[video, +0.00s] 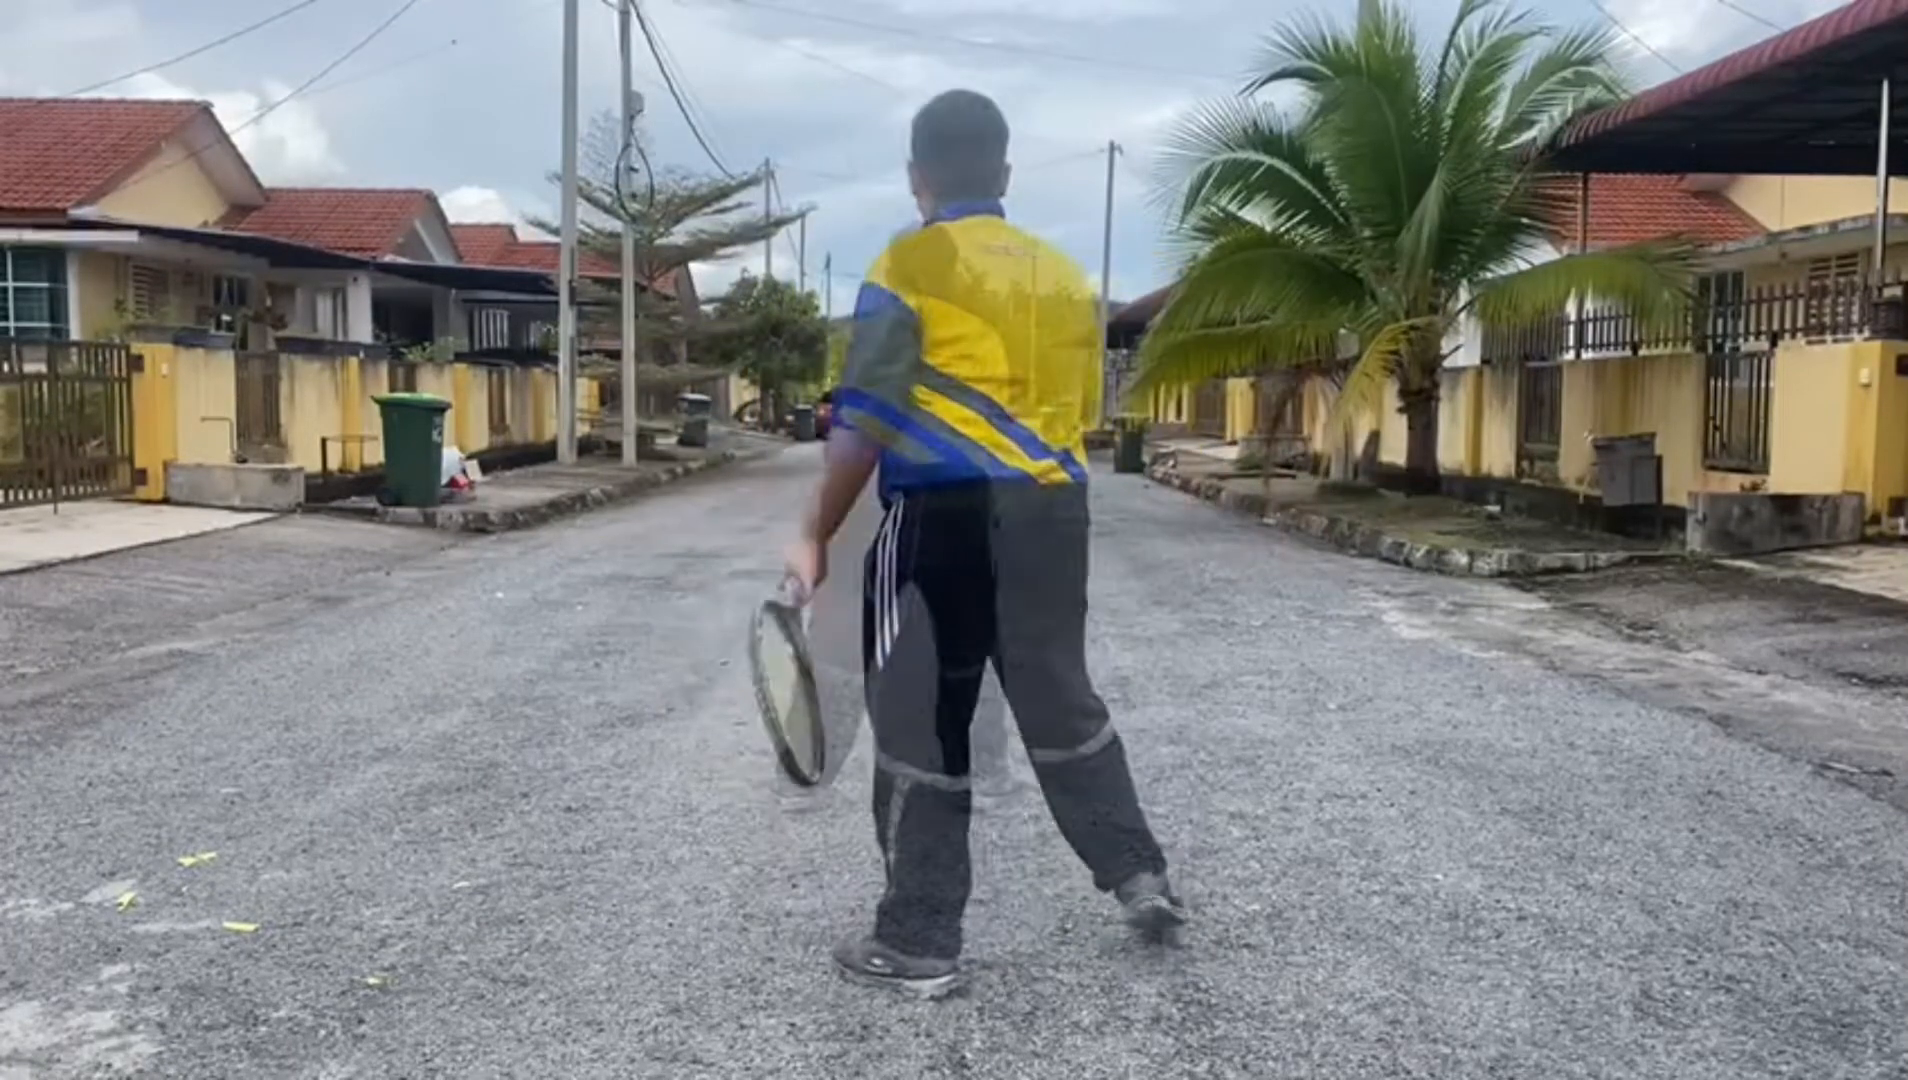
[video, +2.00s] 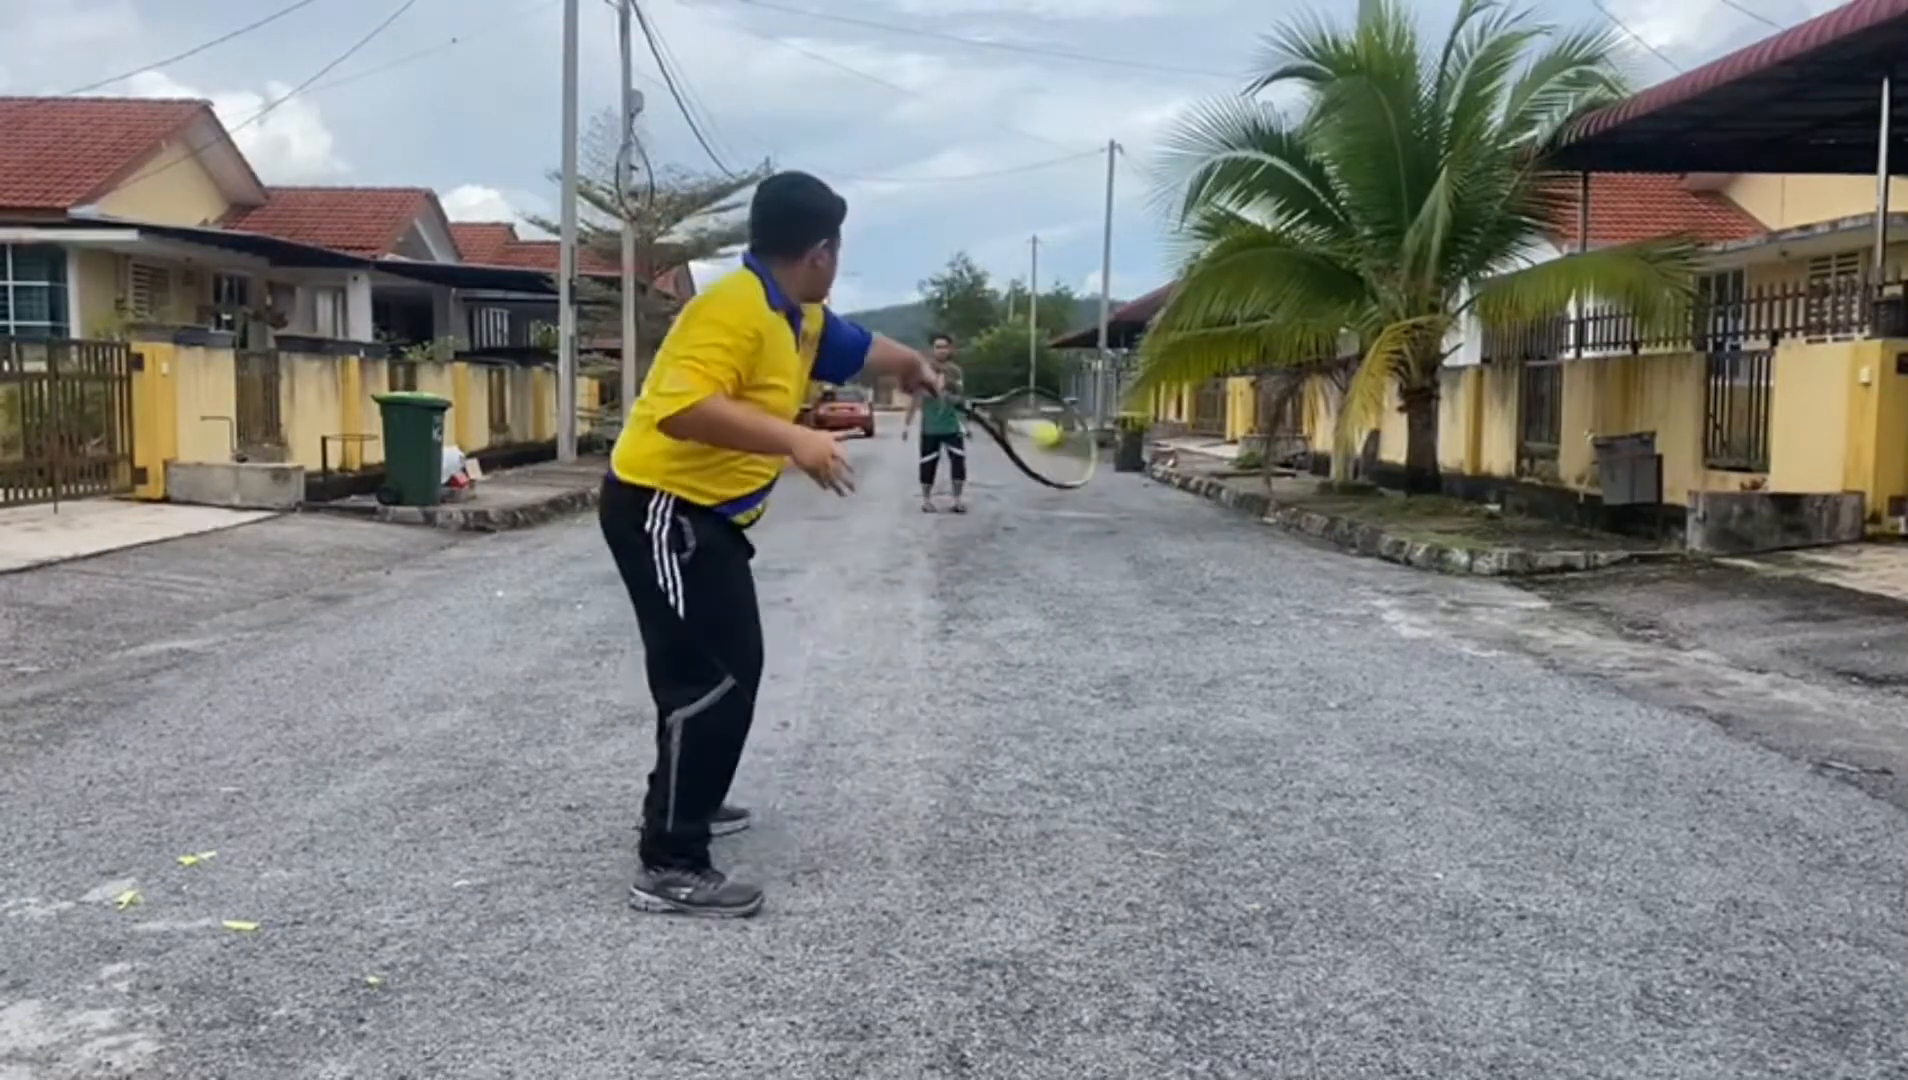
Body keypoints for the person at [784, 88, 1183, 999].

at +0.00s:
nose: (914, 186)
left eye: (913, 173)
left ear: (919, 174)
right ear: (1005, 171)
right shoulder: (1064, 272)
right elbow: (1080, 402)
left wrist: (816, 533)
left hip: (944, 518)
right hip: (1052, 518)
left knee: (921, 723)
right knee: (1059, 699)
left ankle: (920, 940)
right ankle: (1136, 873)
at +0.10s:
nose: (894, 182)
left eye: (894, 168)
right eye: (908, 168)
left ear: (899, 168)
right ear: (983, 161)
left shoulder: (877, 259)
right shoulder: (1038, 261)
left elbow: (844, 405)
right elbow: (1060, 398)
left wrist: (791, 516)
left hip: (910, 498)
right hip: (1024, 492)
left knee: (903, 707)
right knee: (1021, 676)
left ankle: (921, 934)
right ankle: (1063, 874)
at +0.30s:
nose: (910, 282)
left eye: (901, 273)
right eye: (956, 275)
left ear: (899, 276)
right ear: (959, 277)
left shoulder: (862, 336)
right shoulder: (990, 340)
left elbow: (833, 424)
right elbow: (996, 435)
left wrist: (858, 473)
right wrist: (969, 482)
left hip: (868, 499)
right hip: (959, 499)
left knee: (844, 636)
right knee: (972, 636)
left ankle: (802, 778)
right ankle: (978, 773)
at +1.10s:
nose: (908, 304)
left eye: (907, 296)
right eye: (908, 295)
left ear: (842, 290)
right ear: (900, 294)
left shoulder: (818, 341)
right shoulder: (903, 345)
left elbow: (871, 460)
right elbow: (940, 457)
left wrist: (928, 532)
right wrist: (983, 518)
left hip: (743, 492)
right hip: (823, 493)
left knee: (793, 640)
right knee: (890, 634)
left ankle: (808, 769)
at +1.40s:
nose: (872, 275)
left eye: (870, 263)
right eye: (871, 262)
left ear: (808, 257)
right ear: (859, 262)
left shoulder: (804, 312)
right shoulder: (811, 310)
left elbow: (859, 410)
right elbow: (859, 408)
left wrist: (946, 431)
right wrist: (966, 401)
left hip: (743, 490)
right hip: (737, 492)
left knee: (788, 640)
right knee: (770, 652)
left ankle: (761, 780)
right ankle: (725, 828)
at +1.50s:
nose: (866, 255)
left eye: (864, 241)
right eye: (862, 241)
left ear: (801, 237)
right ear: (846, 243)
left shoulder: (816, 311)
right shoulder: (779, 290)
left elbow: (849, 376)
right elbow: (804, 385)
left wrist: (904, 379)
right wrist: (886, 345)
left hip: (745, 480)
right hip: (717, 477)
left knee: (753, 638)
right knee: (765, 642)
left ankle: (695, 776)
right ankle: (733, 819)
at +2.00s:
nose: (839, 259)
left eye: (837, 245)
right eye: (835, 245)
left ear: (774, 245)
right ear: (814, 253)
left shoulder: (794, 317)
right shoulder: (731, 306)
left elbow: (854, 348)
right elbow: (677, 408)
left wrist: (910, 365)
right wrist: (792, 437)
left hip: (705, 510)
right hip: (663, 507)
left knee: (729, 665)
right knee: (709, 675)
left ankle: (683, 802)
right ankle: (670, 863)